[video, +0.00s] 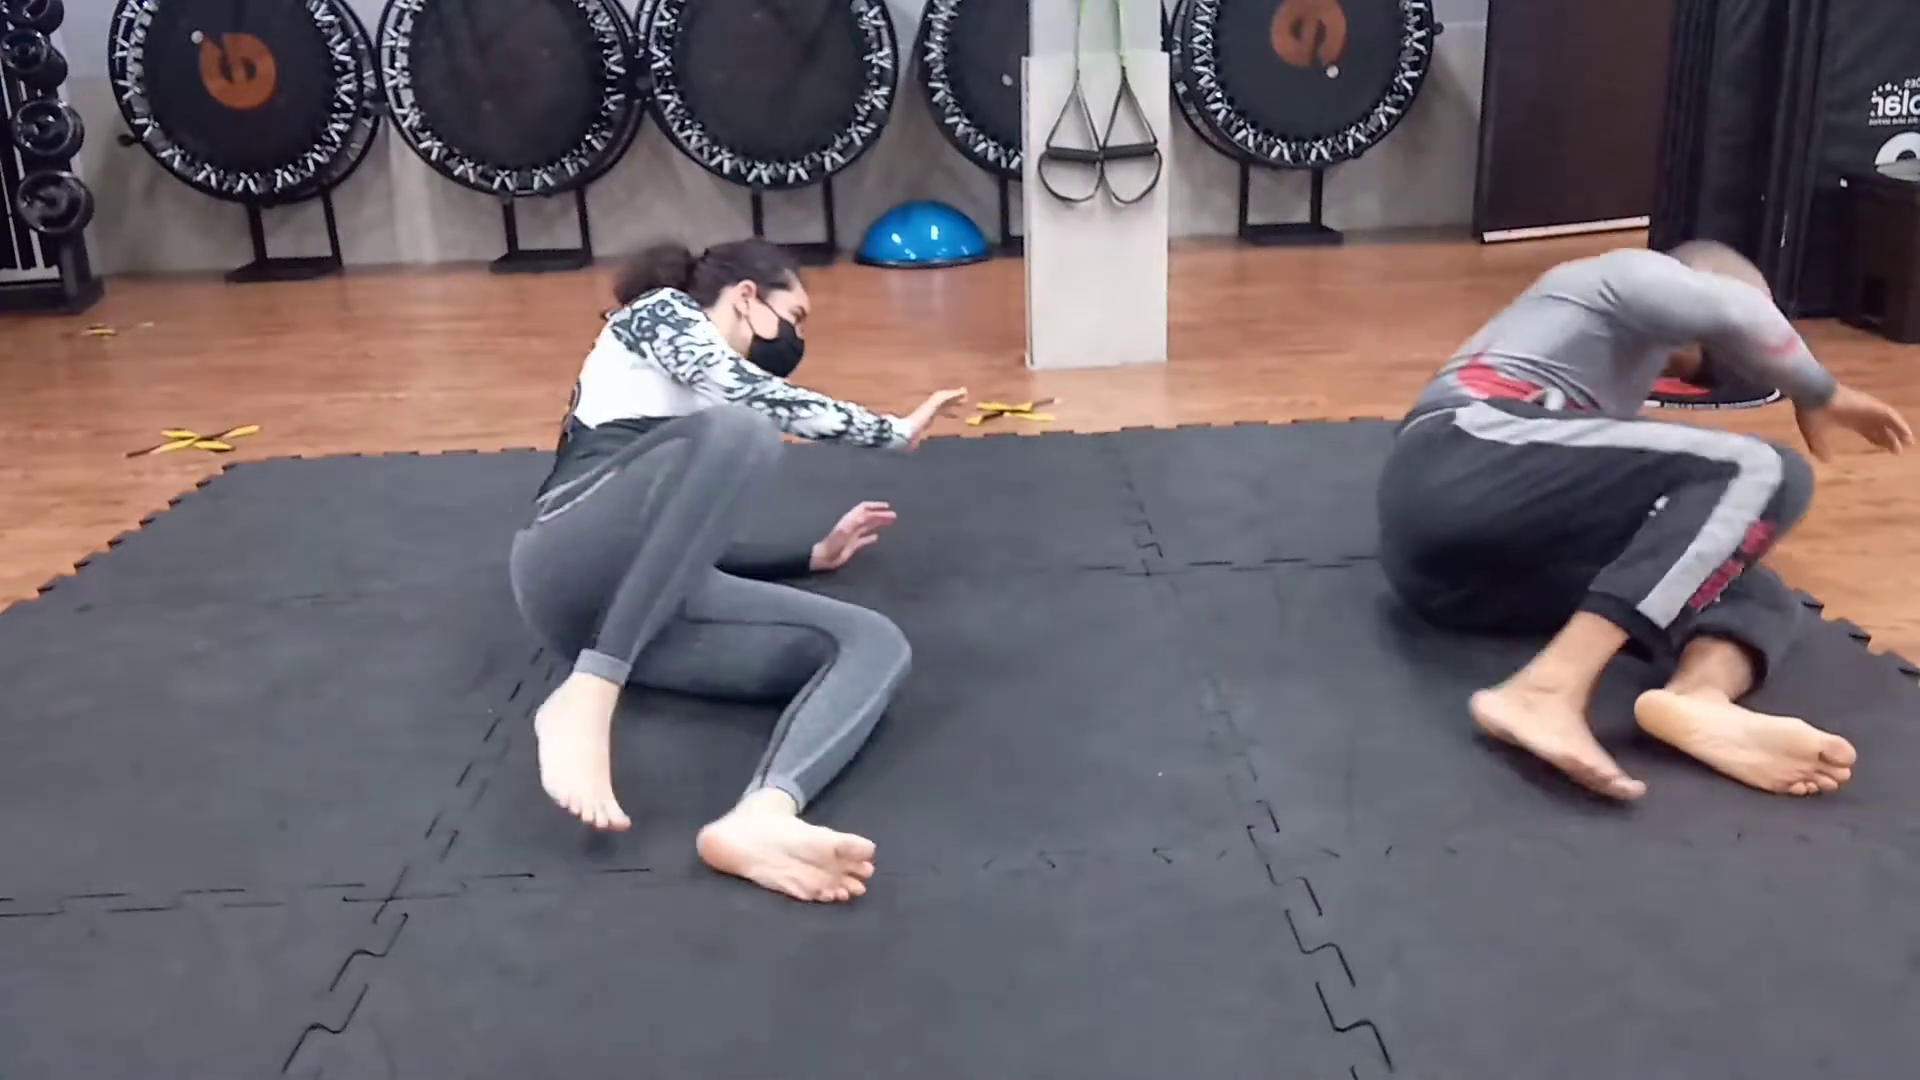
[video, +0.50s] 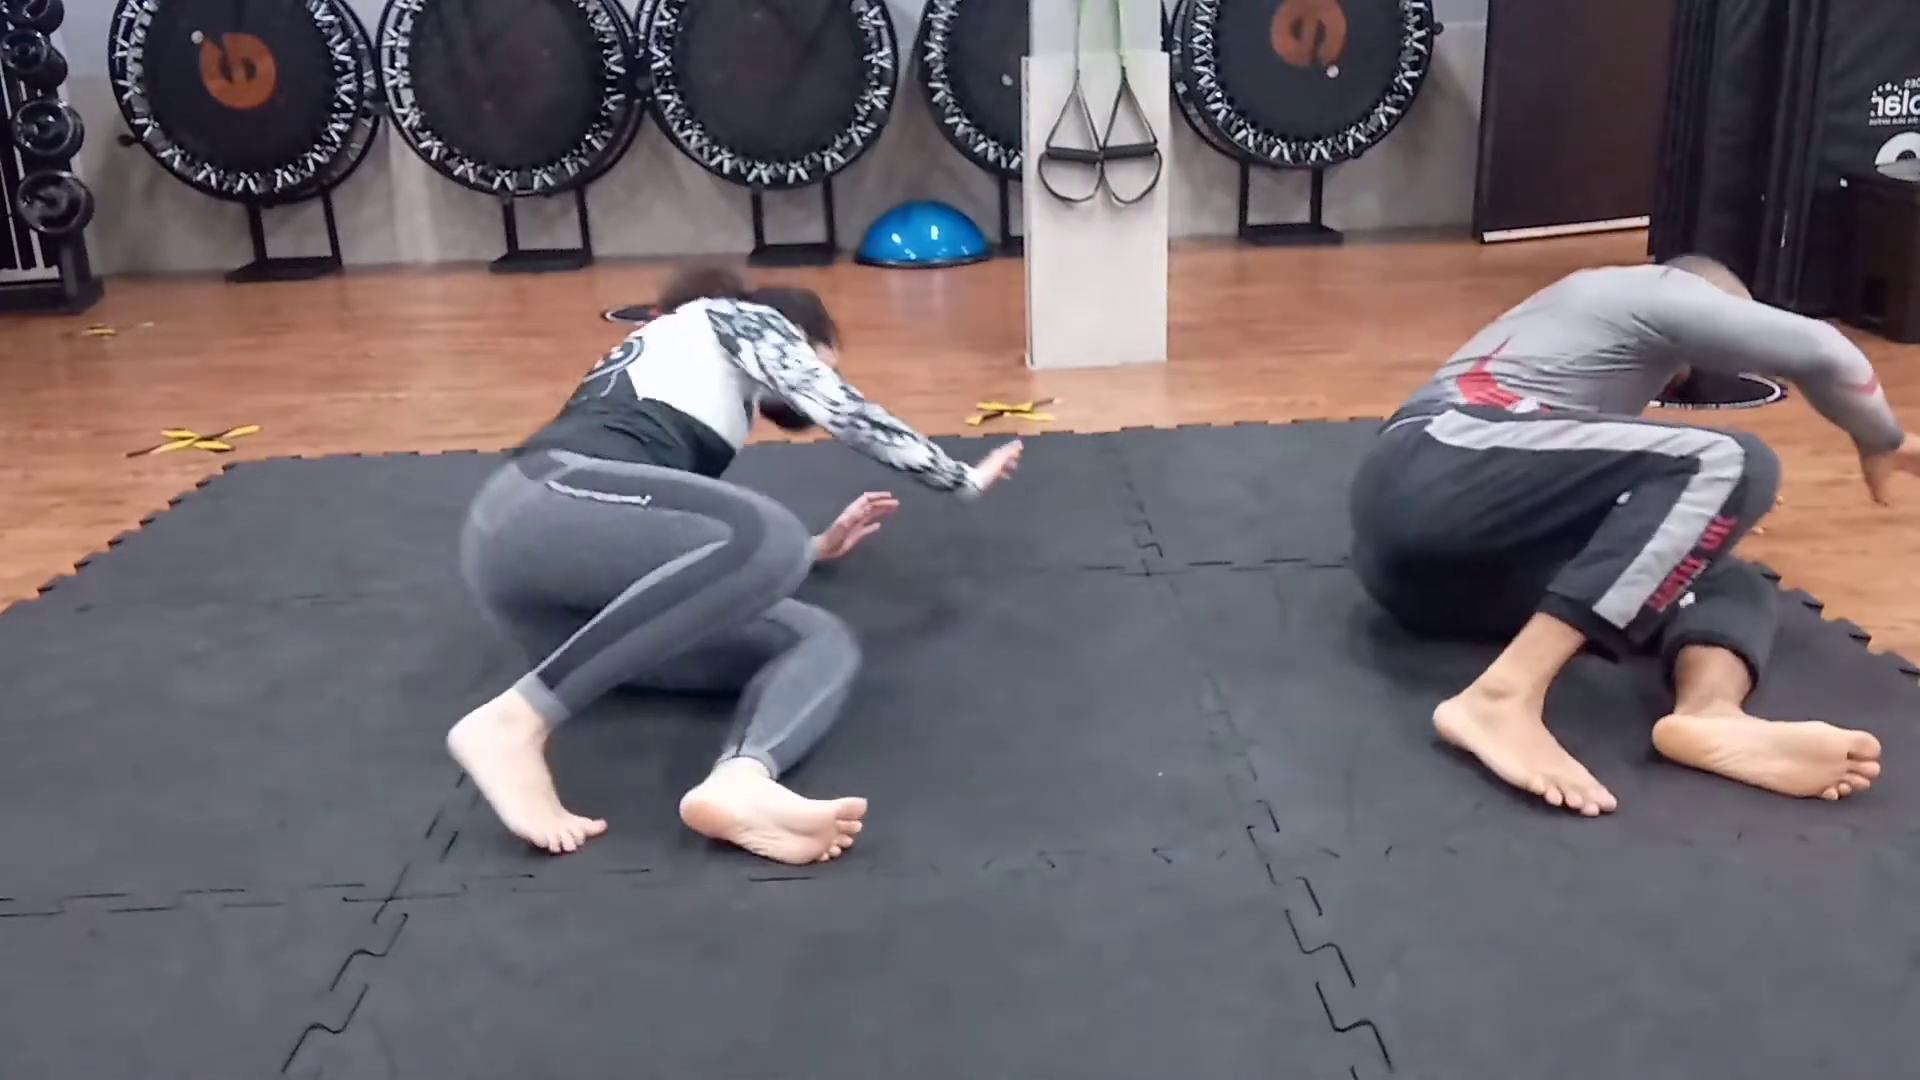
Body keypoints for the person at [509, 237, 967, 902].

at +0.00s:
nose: (789, 342)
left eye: (796, 331)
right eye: (790, 321)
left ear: (738, 305)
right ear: (743, 294)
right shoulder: (657, 313)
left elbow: (682, 551)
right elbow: (742, 391)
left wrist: (815, 556)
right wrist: (894, 431)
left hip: (647, 606)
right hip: (567, 562)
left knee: (875, 641)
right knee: (738, 431)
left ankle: (764, 810)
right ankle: (587, 697)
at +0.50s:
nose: (818, 384)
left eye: (821, 370)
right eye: (817, 364)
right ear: (787, 330)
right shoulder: (735, 317)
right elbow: (840, 411)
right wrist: (963, 477)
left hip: (545, 617)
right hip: (531, 503)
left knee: (823, 638)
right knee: (773, 540)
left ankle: (741, 775)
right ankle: (513, 722)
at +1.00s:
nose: (783, 430)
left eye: (795, 420)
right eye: (788, 410)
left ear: (750, 377)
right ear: (755, 363)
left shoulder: (663, 424)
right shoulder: (672, 354)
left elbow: (692, 556)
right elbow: (783, 464)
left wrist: (806, 543)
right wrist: (914, 514)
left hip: (465, 622)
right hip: (389, 545)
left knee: (670, 620)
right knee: (554, 480)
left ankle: (689, 796)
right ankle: (452, 779)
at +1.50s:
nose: (715, 348)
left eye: (724, 338)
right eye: (707, 324)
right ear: (643, 303)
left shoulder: (650, 430)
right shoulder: (551, 314)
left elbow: (688, 552)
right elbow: (593, 393)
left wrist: (792, 536)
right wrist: (750, 444)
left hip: (490, 604)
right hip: (387, 562)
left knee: (653, 624)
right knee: (407, 456)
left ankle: (678, 798)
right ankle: (405, 756)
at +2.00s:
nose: (500, 287)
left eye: (521, 272)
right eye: (480, 276)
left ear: (564, 284)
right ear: (458, 292)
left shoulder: (587, 412)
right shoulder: (412, 350)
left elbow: (640, 555)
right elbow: (272, 438)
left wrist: (669, 514)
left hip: (489, 581)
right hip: (379, 540)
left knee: (590, 636)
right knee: (258, 552)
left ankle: (657, 819)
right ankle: (145, 848)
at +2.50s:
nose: (275, 269)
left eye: (292, 245)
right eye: (264, 258)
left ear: (363, 248)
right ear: (262, 275)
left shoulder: (450, 368)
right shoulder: (253, 376)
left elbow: (513, 469)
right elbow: (181, 513)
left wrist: (418, 415)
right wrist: (133, 480)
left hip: (397, 578)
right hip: (278, 585)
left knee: (439, 591)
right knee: (164, 620)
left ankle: (444, 852)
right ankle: (155, 886)